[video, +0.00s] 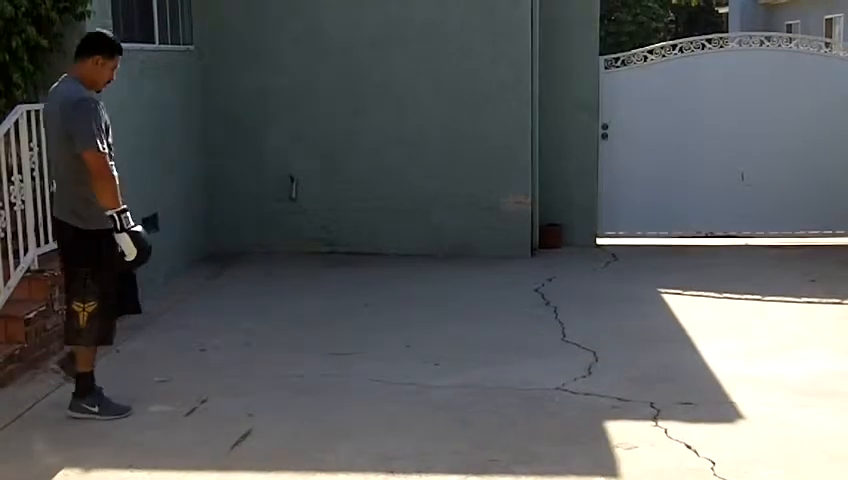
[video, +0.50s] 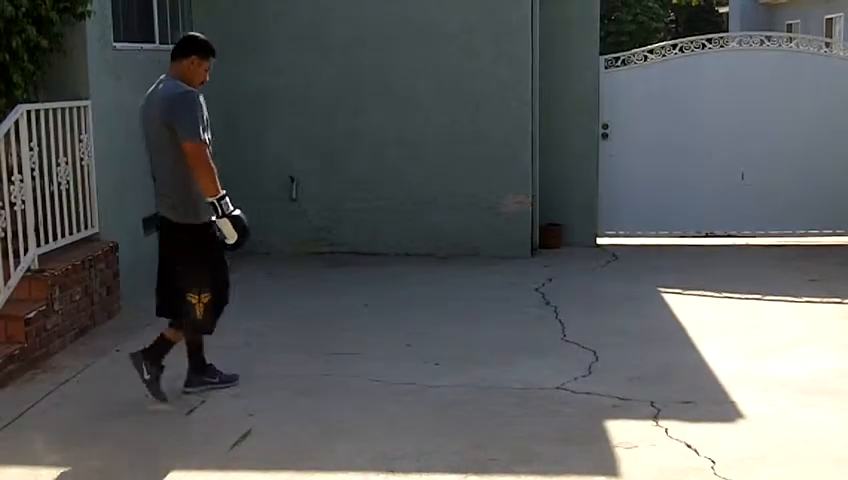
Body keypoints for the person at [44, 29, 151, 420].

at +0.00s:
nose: (113, 77)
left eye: (115, 69)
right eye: (112, 68)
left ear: (86, 61)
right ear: (95, 62)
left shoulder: (62, 94)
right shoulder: (81, 102)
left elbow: (82, 166)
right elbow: (99, 169)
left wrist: (114, 209)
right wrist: (123, 222)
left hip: (76, 221)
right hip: (88, 225)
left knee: (96, 297)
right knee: (90, 306)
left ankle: (76, 356)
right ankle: (85, 393)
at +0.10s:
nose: (133, 78)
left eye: (135, 69)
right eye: (132, 68)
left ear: (107, 61)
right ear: (115, 62)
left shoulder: (79, 93)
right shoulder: (105, 101)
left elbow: (75, 160)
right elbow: (126, 165)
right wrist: (154, 210)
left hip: (106, 222)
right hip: (104, 225)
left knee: (136, 292)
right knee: (98, 308)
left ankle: (133, 370)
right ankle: (86, 393)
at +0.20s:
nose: (153, 79)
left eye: (155, 72)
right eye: (152, 71)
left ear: (126, 63)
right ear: (136, 64)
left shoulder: (97, 97)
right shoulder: (127, 103)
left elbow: (86, 159)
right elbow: (150, 167)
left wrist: (87, 207)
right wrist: (183, 213)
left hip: (115, 221)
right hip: (125, 225)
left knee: (151, 296)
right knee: (111, 307)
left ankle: (184, 366)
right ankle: (87, 392)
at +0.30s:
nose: (173, 79)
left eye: (174, 71)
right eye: (171, 70)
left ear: (143, 65)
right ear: (155, 65)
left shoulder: (116, 101)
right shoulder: (149, 104)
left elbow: (105, 162)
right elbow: (168, 166)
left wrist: (107, 213)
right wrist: (203, 212)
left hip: (142, 225)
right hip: (145, 228)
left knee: (171, 298)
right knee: (128, 308)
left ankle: (196, 369)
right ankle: (92, 385)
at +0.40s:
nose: (190, 77)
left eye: (191, 69)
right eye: (188, 69)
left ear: (162, 64)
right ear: (173, 64)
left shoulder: (135, 100)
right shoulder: (169, 100)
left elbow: (129, 161)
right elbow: (185, 162)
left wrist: (134, 211)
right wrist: (214, 209)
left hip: (159, 221)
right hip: (168, 225)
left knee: (189, 293)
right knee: (160, 307)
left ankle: (198, 369)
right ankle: (113, 372)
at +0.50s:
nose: (208, 75)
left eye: (208, 68)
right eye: (206, 67)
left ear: (178, 62)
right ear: (190, 62)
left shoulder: (158, 95)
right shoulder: (186, 99)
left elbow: (165, 160)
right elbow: (198, 158)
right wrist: (224, 209)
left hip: (173, 215)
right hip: (192, 218)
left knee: (190, 290)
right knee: (211, 292)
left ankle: (198, 368)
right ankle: (152, 357)